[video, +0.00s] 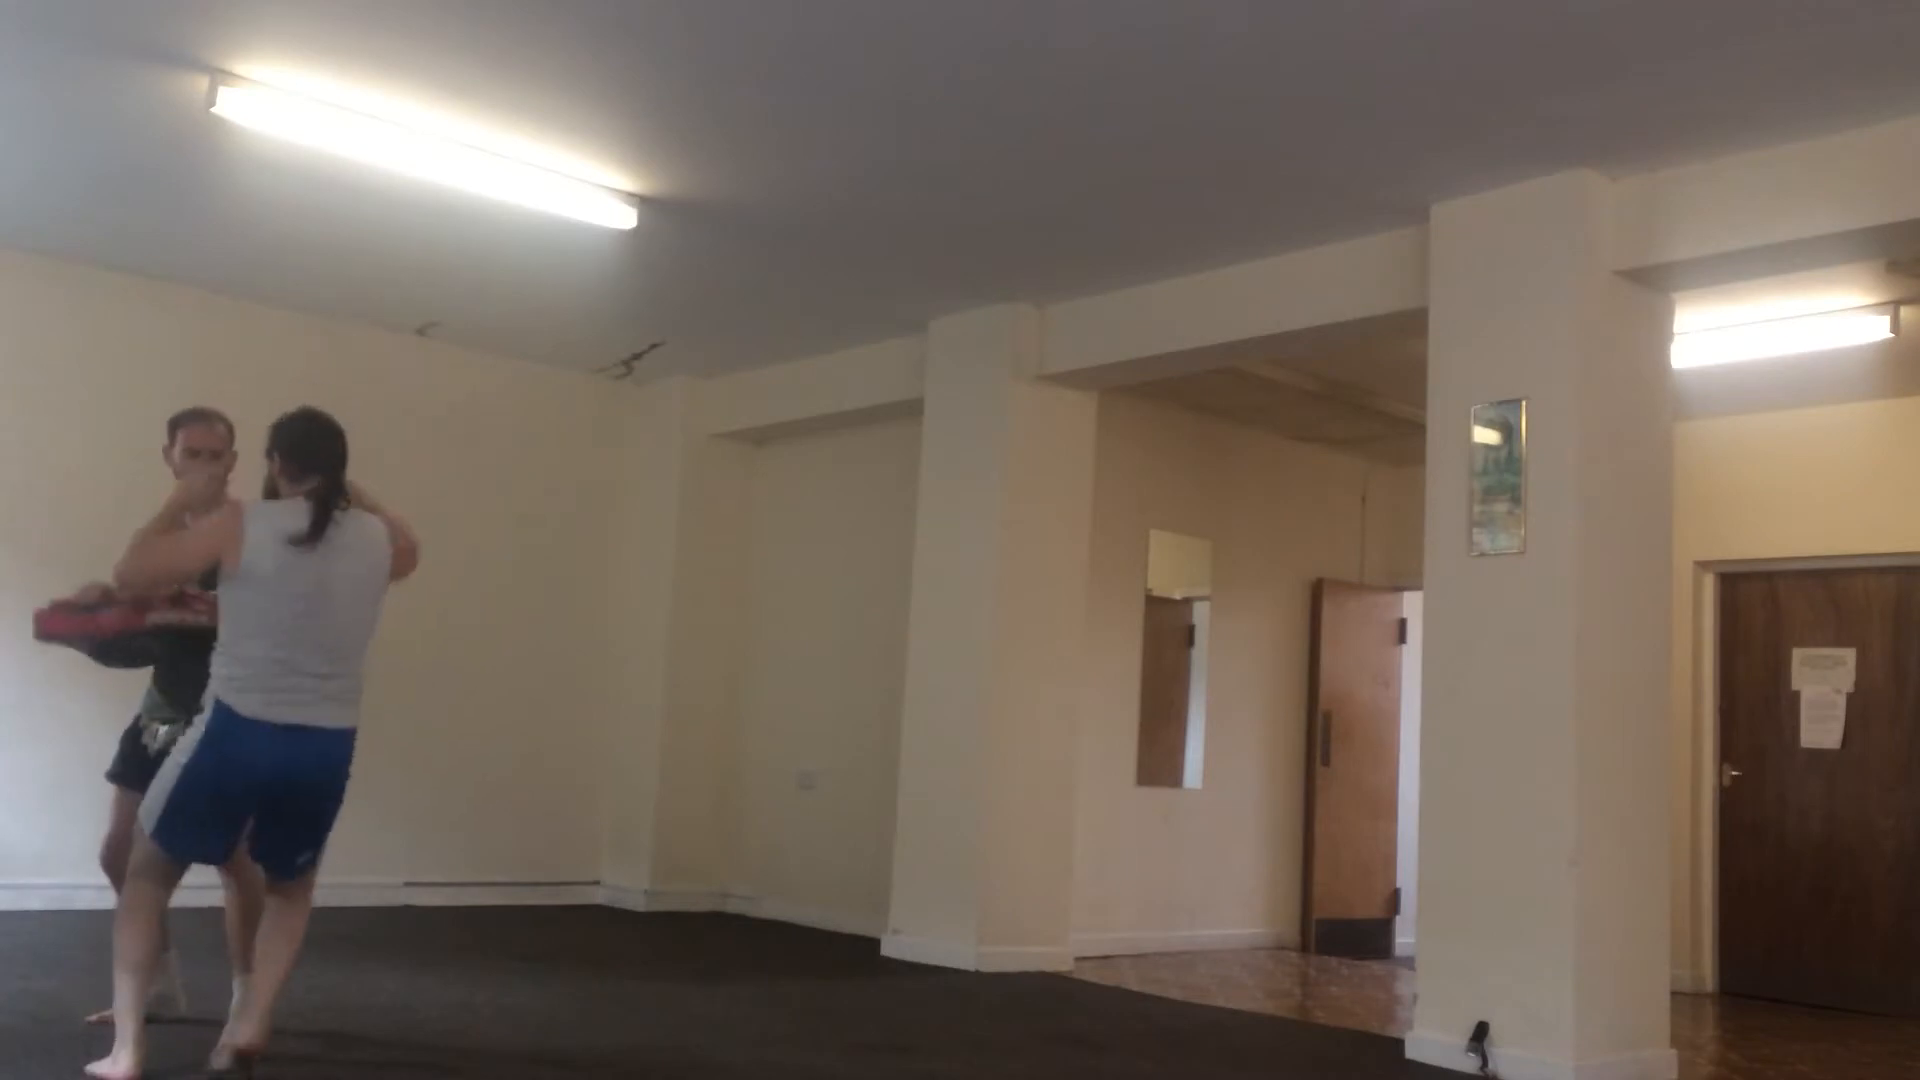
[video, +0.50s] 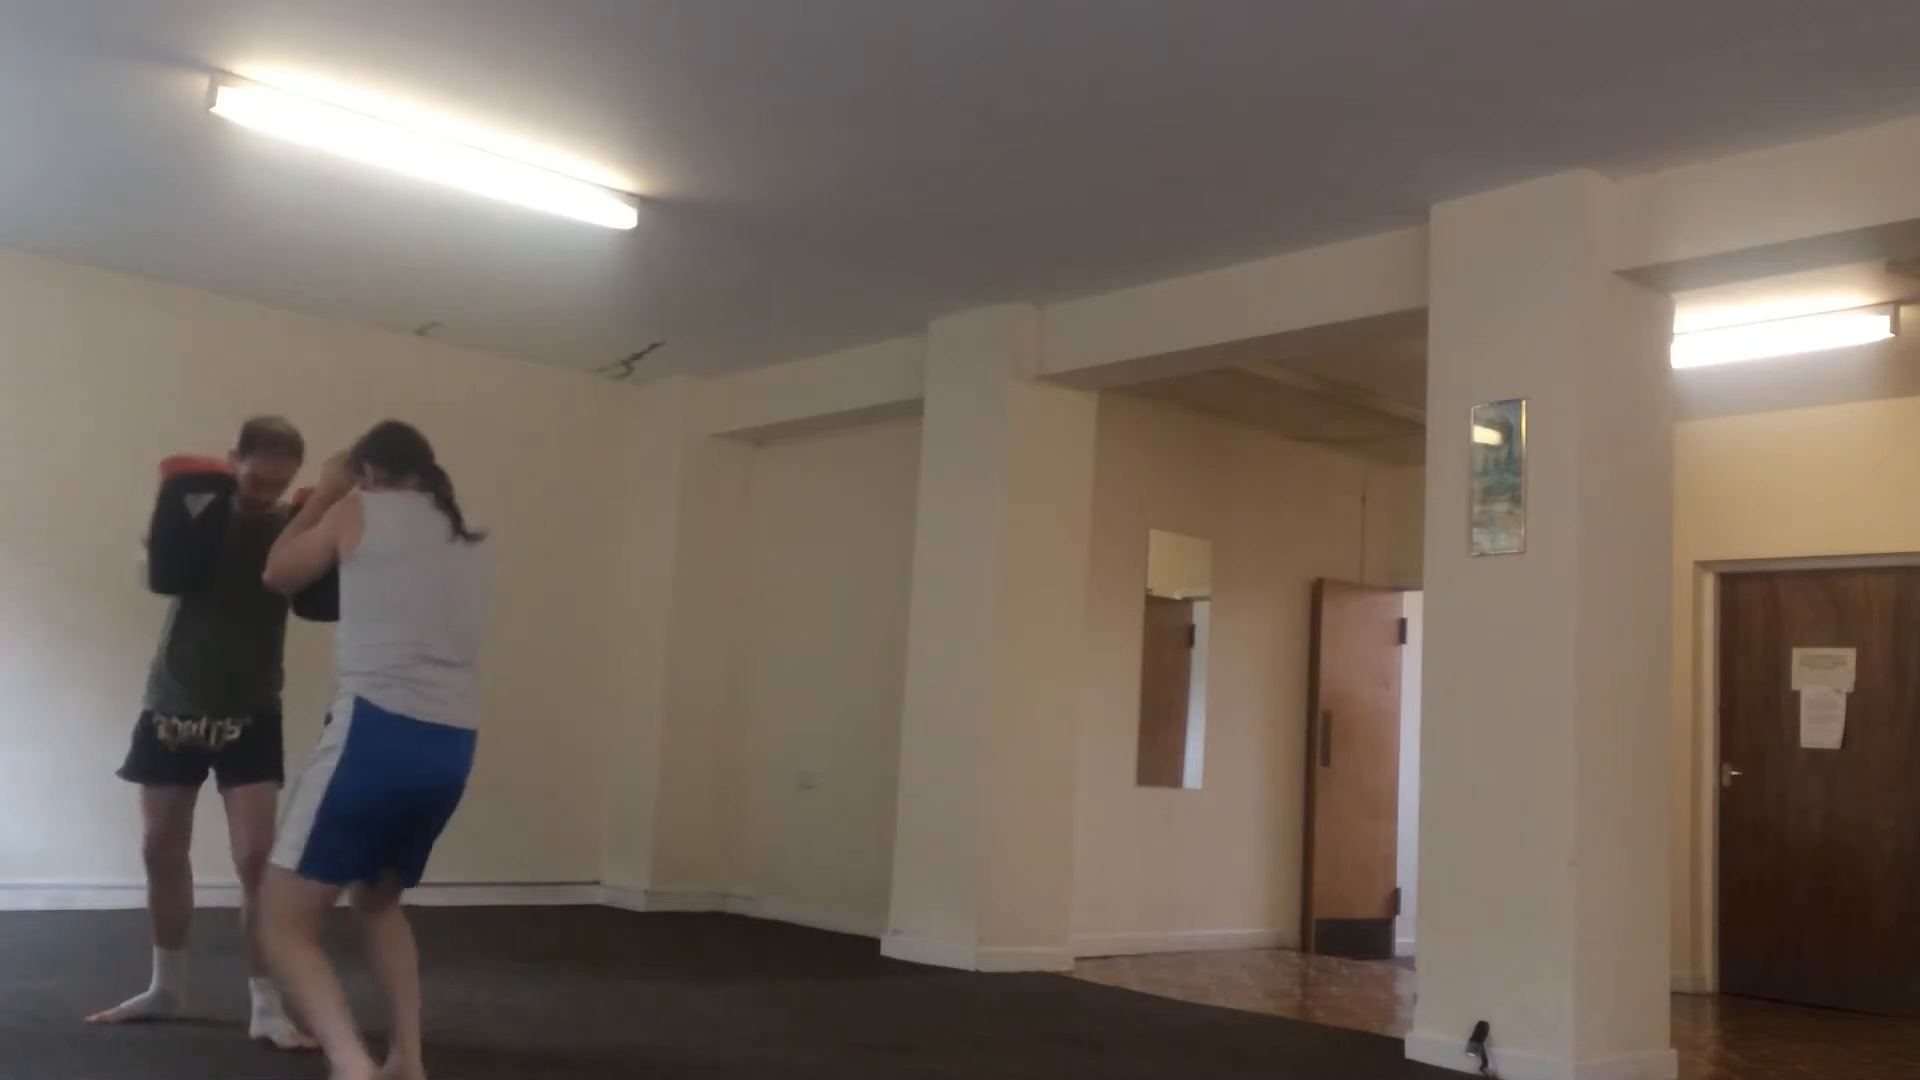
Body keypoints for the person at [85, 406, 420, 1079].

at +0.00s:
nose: (261, 467)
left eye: (264, 458)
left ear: (277, 465)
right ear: (341, 469)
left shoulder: (239, 526)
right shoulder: (376, 540)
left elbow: (133, 570)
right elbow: (406, 549)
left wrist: (180, 500)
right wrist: (351, 494)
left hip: (235, 742)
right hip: (325, 753)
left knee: (146, 878)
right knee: (290, 889)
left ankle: (127, 1048)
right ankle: (250, 1027)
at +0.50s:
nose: (351, 484)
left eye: (352, 474)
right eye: (352, 474)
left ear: (370, 471)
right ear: (427, 475)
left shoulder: (361, 512)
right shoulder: (470, 539)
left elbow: (280, 572)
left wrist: (319, 499)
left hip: (369, 739)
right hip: (448, 751)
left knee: (284, 921)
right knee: (379, 899)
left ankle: (352, 1065)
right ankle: (408, 1058)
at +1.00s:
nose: (389, 414)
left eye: (395, 408)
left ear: (406, 416)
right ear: (474, 424)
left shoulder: (369, 466)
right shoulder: (524, 485)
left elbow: (311, 538)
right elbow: (520, 570)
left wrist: (368, 452)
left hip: (402, 715)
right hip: (501, 720)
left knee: (370, 915)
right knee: (476, 922)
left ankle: (387, 1071)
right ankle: (482, 1073)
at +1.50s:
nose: (421, 406)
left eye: (428, 399)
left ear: (431, 407)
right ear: (508, 415)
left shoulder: (384, 462)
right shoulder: (549, 472)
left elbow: (329, 533)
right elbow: (579, 546)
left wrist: (398, 450)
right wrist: (521, 491)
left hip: (401, 714)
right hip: (509, 719)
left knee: (374, 944)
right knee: (498, 937)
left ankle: (350, 1073)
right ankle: (483, 1073)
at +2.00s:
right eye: (535, 411)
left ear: (450, 398)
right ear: (527, 408)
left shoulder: (393, 456)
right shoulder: (548, 464)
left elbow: (333, 515)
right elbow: (610, 526)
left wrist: (410, 457)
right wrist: (555, 462)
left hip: (381, 710)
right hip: (488, 713)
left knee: (367, 940)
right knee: (500, 930)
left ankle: (346, 1075)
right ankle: (484, 1072)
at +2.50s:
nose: (409, 457)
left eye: (414, 447)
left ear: (422, 453)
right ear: (493, 459)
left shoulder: (375, 520)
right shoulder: (526, 535)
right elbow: (582, 566)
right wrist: (508, 492)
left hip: (358, 766)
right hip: (459, 776)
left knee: (323, 910)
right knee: (498, 986)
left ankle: (310, 1066)